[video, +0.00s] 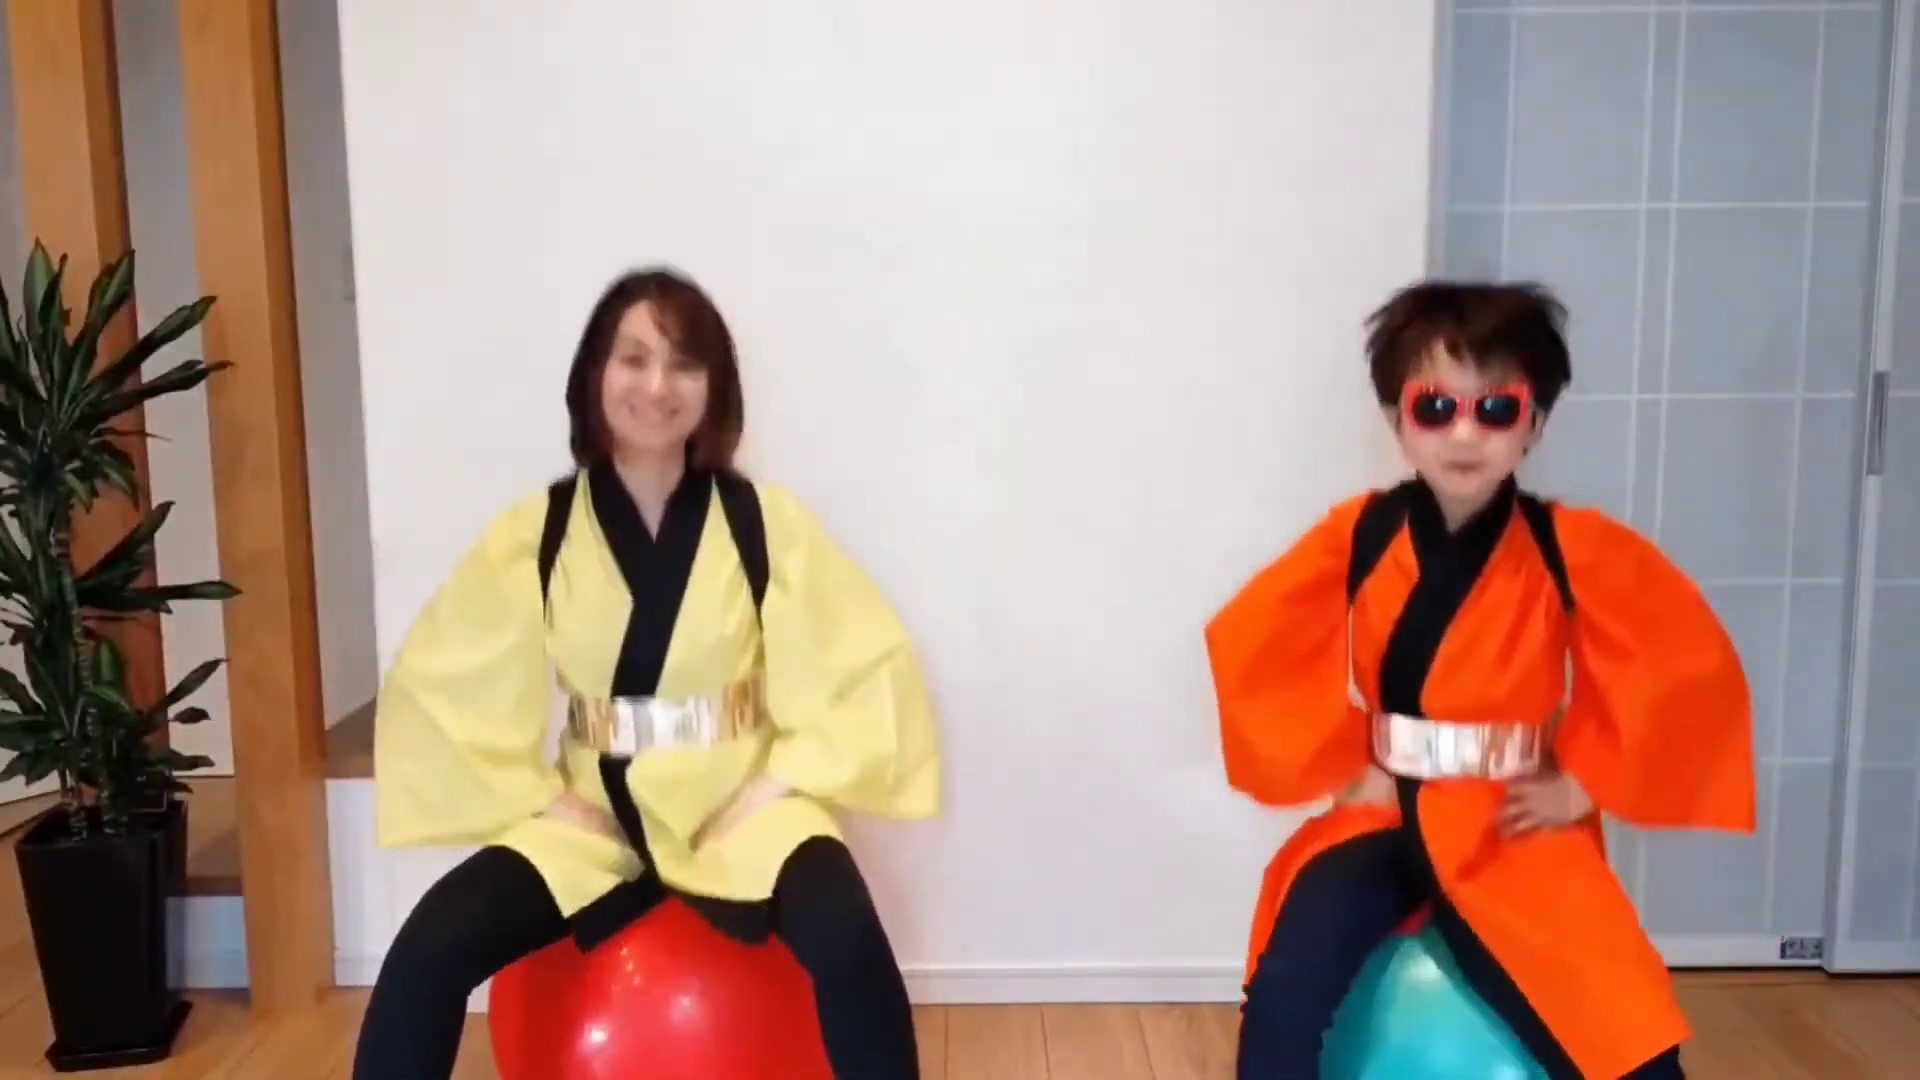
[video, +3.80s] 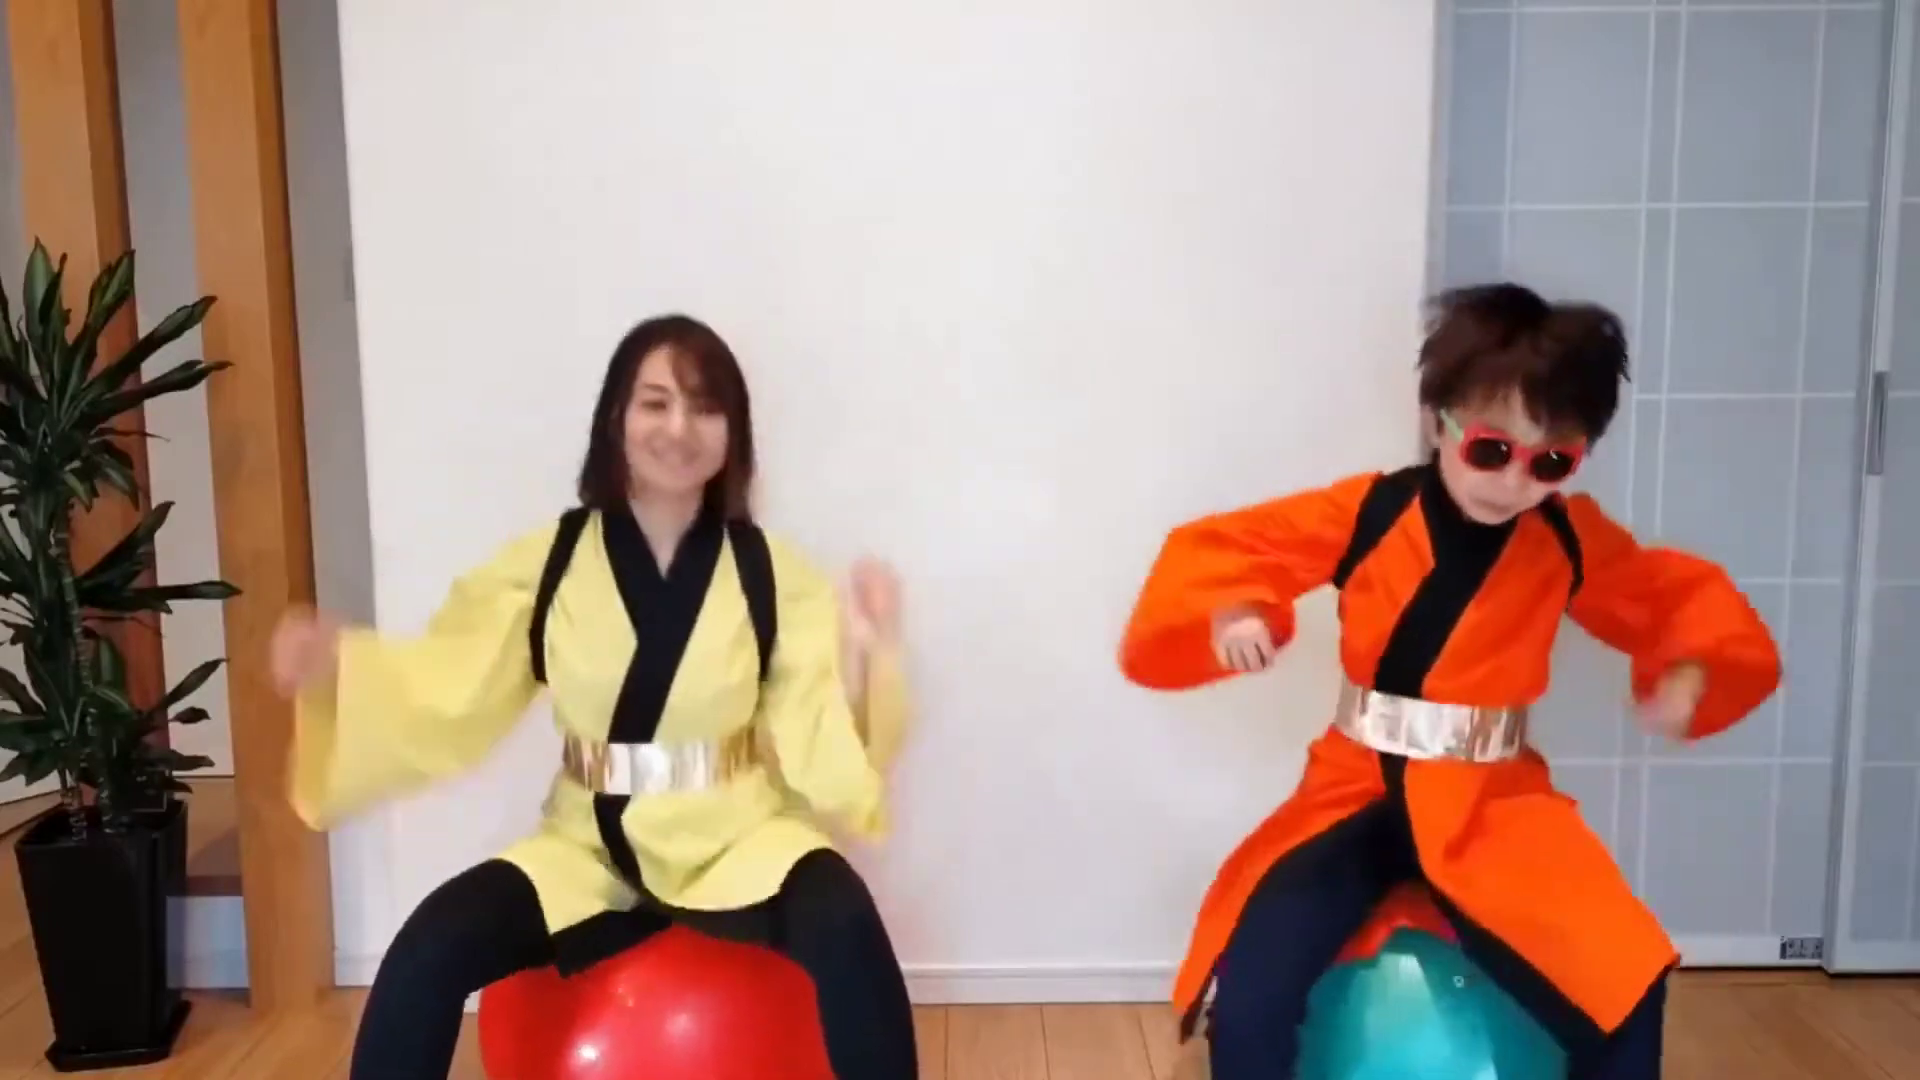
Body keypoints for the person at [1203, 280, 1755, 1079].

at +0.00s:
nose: (1465, 432)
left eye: (1497, 407)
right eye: (1436, 406)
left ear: (1535, 423)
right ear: (1397, 418)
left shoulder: (1575, 549)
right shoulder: (1360, 536)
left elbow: (1693, 677)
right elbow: (1247, 646)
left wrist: (1587, 785)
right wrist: (1346, 762)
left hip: (1521, 832)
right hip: (1381, 819)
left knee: (1634, 1041)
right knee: (1282, 994)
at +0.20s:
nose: (1466, 513)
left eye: (1497, 490)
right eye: (1438, 487)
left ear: (1531, 506)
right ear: (1397, 500)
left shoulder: (1567, 623)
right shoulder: (1361, 606)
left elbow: (1684, 745)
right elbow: (1240, 705)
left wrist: (1571, 844)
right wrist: (1342, 814)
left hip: (1513, 884)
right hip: (1380, 871)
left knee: (1621, 1040)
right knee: (1308, 970)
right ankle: (1275, 1066)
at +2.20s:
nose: (1462, 427)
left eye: (1494, 402)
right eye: (1432, 402)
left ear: (1527, 414)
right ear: (1392, 418)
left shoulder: (1566, 538)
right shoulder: (1352, 530)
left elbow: (1682, 644)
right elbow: (1232, 632)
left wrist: (1583, 759)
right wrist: (1327, 744)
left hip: (1509, 816)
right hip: (1374, 807)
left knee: (1598, 1017)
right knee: (1280, 961)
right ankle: (1265, 1064)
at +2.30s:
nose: (1459, 488)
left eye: (1490, 463)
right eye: (1429, 462)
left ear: (1522, 483)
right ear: (1389, 486)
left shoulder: (1561, 606)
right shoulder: (1355, 595)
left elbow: (1676, 715)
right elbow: (1231, 694)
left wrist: (1569, 834)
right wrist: (1335, 810)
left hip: (1505, 874)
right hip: (1369, 862)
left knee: (1600, 1049)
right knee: (1279, 987)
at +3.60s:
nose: (1474, 514)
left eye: (1507, 492)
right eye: (1445, 484)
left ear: (1535, 499)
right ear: (1394, 487)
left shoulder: (1558, 614)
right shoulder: (1350, 599)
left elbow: (1654, 706)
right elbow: (1236, 678)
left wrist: (1595, 792)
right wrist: (1304, 792)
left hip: (1495, 880)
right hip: (1358, 868)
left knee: (1593, 1052)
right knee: (1258, 1026)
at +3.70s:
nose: (1494, 470)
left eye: (1528, 449)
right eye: (1468, 439)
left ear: (1558, 443)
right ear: (1414, 421)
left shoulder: (1562, 538)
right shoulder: (1359, 520)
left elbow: (1694, 613)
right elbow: (1219, 578)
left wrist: (1672, 664)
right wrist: (1250, 662)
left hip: (1493, 820)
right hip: (1355, 809)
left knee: (1614, 1020)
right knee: (1255, 996)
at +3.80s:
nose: (1515, 484)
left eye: (1551, 463)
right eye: (1491, 449)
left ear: (1580, 454)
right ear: (1434, 420)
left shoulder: (1568, 539)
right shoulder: (1371, 511)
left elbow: (1690, 598)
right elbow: (1216, 549)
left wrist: (1699, 665)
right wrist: (1227, 606)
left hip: (1495, 812)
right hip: (1356, 799)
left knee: (1629, 977)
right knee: (1254, 969)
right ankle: (1248, 1071)